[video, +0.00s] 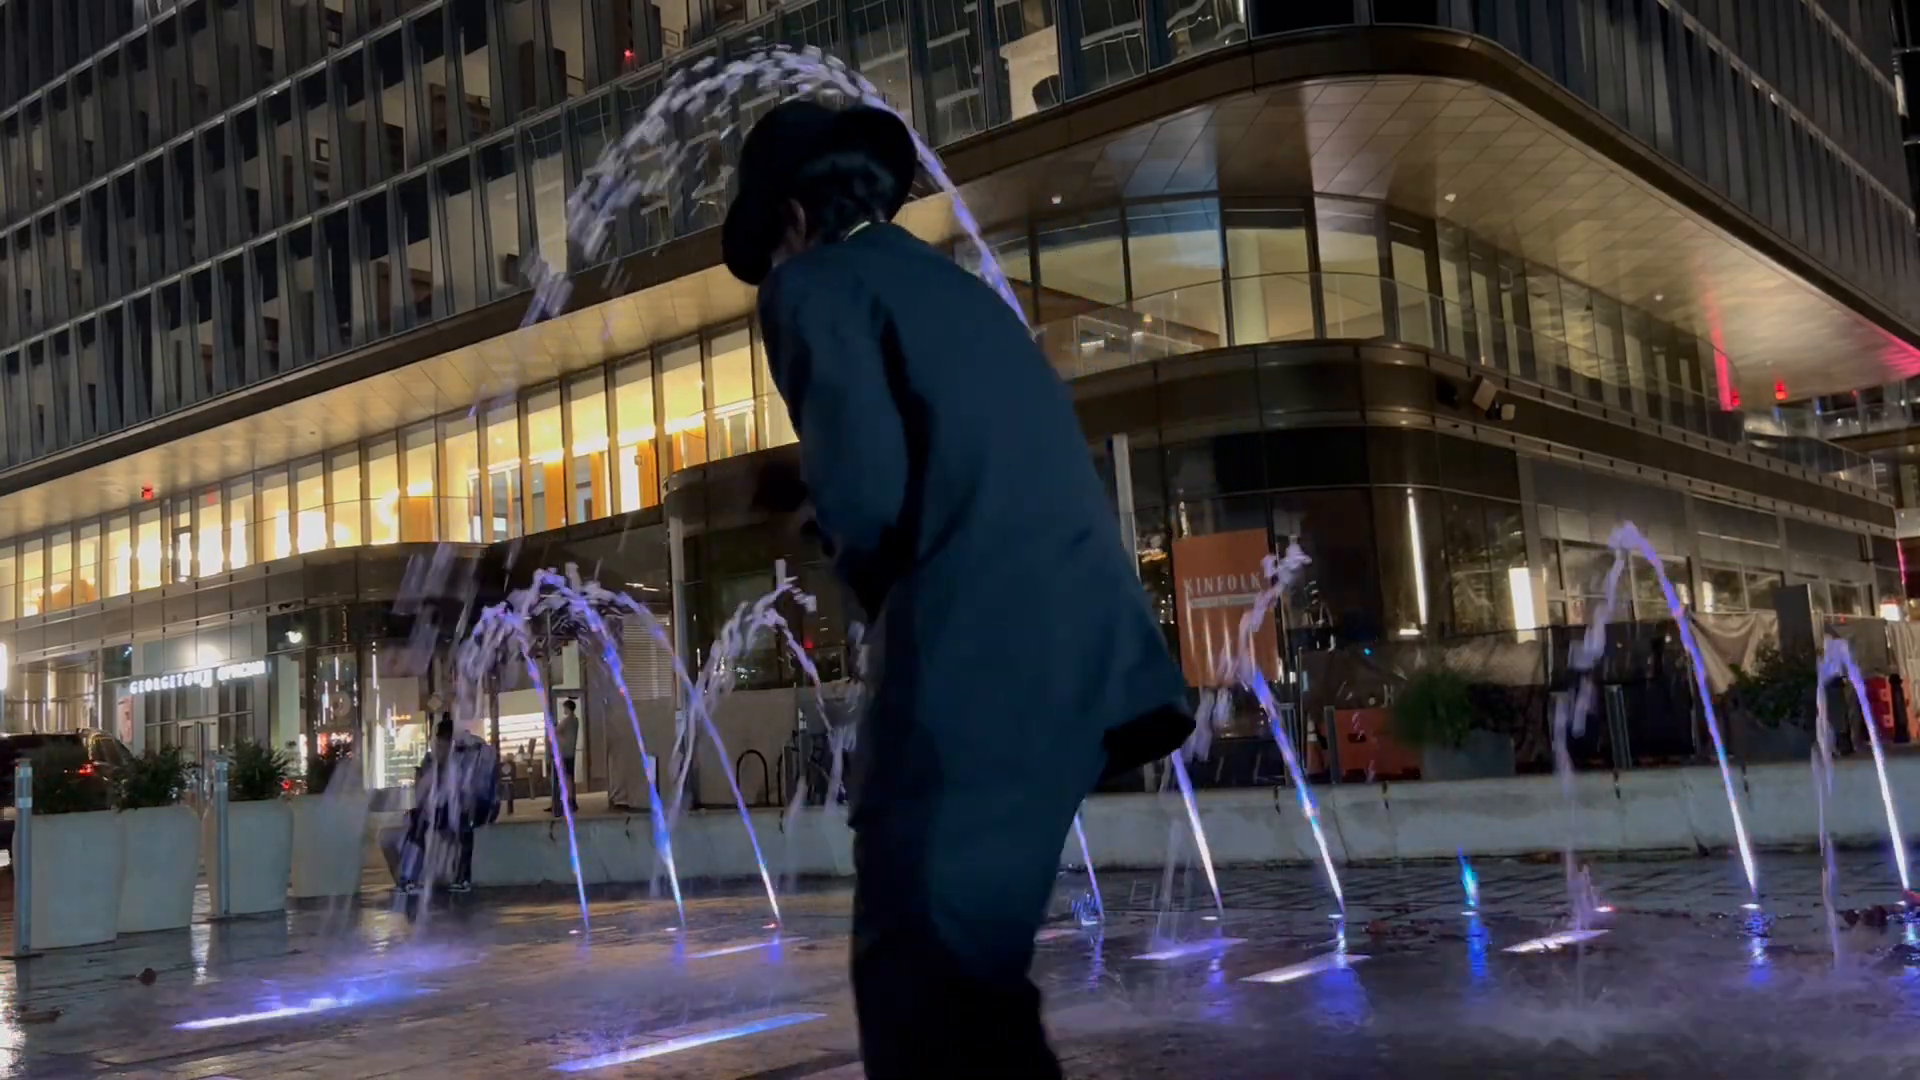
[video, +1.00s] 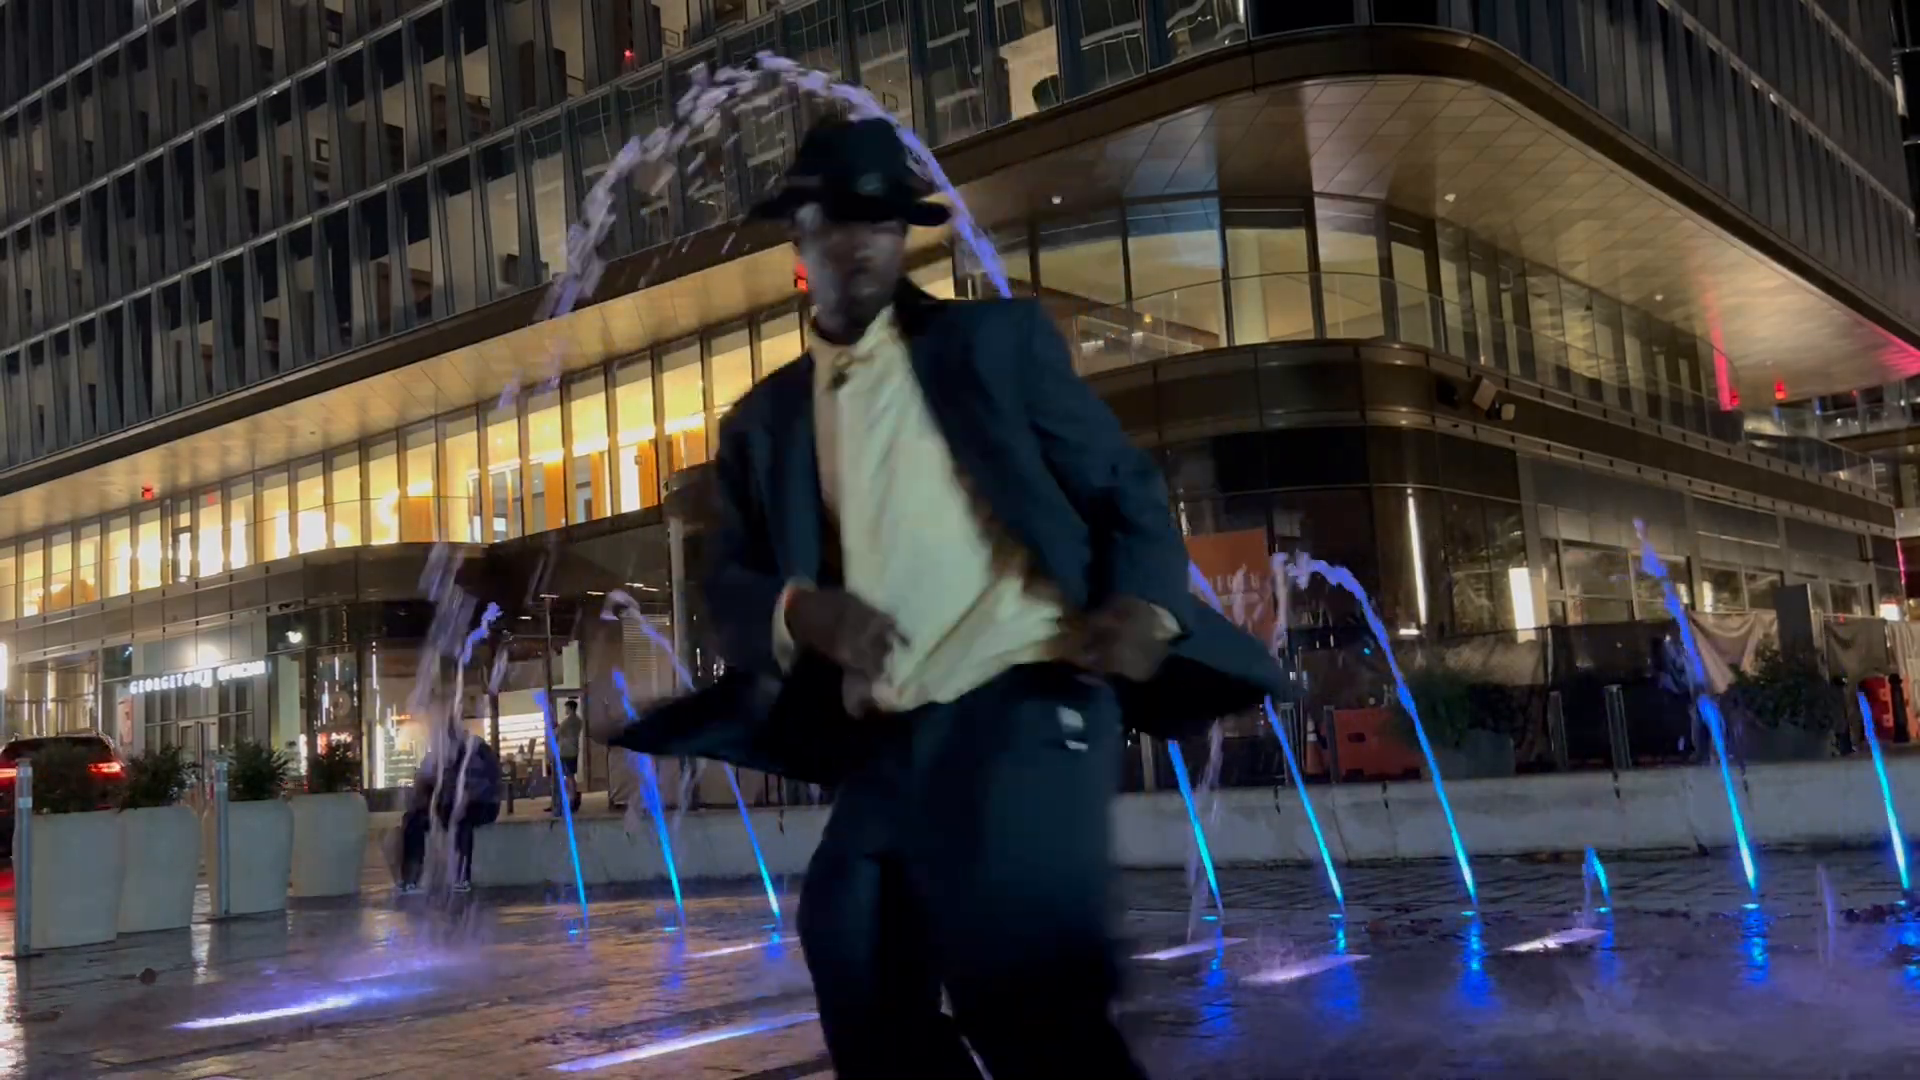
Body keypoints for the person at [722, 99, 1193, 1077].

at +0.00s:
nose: (763, 273)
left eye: (759, 248)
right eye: (756, 256)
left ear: (792, 217)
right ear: (875, 199)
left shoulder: (817, 280)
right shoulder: (949, 284)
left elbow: (862, 493)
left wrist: (859, 573)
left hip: (986, 651)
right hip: (1067, 643)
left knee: (911, 966)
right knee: (976, 962)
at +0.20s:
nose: (747, 354)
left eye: (740, 323)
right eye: (739, 334)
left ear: (756, 290)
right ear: (838, 276)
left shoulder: (830, 336)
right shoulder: (895, 351)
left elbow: (839, 519)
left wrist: (652, 649)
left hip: (1017, 701)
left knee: (880, 976)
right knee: (1014, 972)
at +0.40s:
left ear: (837, 294)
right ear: (953, 265)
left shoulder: (792, 406)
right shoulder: (1039, 327)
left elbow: (816, 606)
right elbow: (1170, 463)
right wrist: (1166, 627)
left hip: (929, 731)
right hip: (1093, 704)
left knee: (854, 1009)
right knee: (1035, 974)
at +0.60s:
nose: (1094, 242)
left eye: (1097, 221)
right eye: (1078, 216)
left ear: (1009, 212)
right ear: (1002, 211)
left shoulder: (962, 312)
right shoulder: (996, 297)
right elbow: (985, 451)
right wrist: (1194, 505)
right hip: (994, 723)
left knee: (993, 988)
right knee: (1145, 984)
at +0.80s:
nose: (1057, 184)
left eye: (1060, 160)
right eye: (1032, 155)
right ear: (948, 158)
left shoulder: (1072, 319)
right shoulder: (831, 283)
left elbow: (1094, 482)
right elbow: (718, 443)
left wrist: (1127, 565)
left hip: (1067, 681)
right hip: (923, 687)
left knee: (1101, 990)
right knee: (1016, 988)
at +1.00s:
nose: (858, 242)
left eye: (880, 219)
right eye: (833, 219)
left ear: (908, 235)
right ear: (797, 239)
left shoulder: (1003, 340)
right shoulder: (760, 422)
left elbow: (1129, 486)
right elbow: (724, 592)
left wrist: (1144, 604)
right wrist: (797, 608)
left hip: (1031, 705)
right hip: (888, 737)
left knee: (1024, 982)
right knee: (844, 938)